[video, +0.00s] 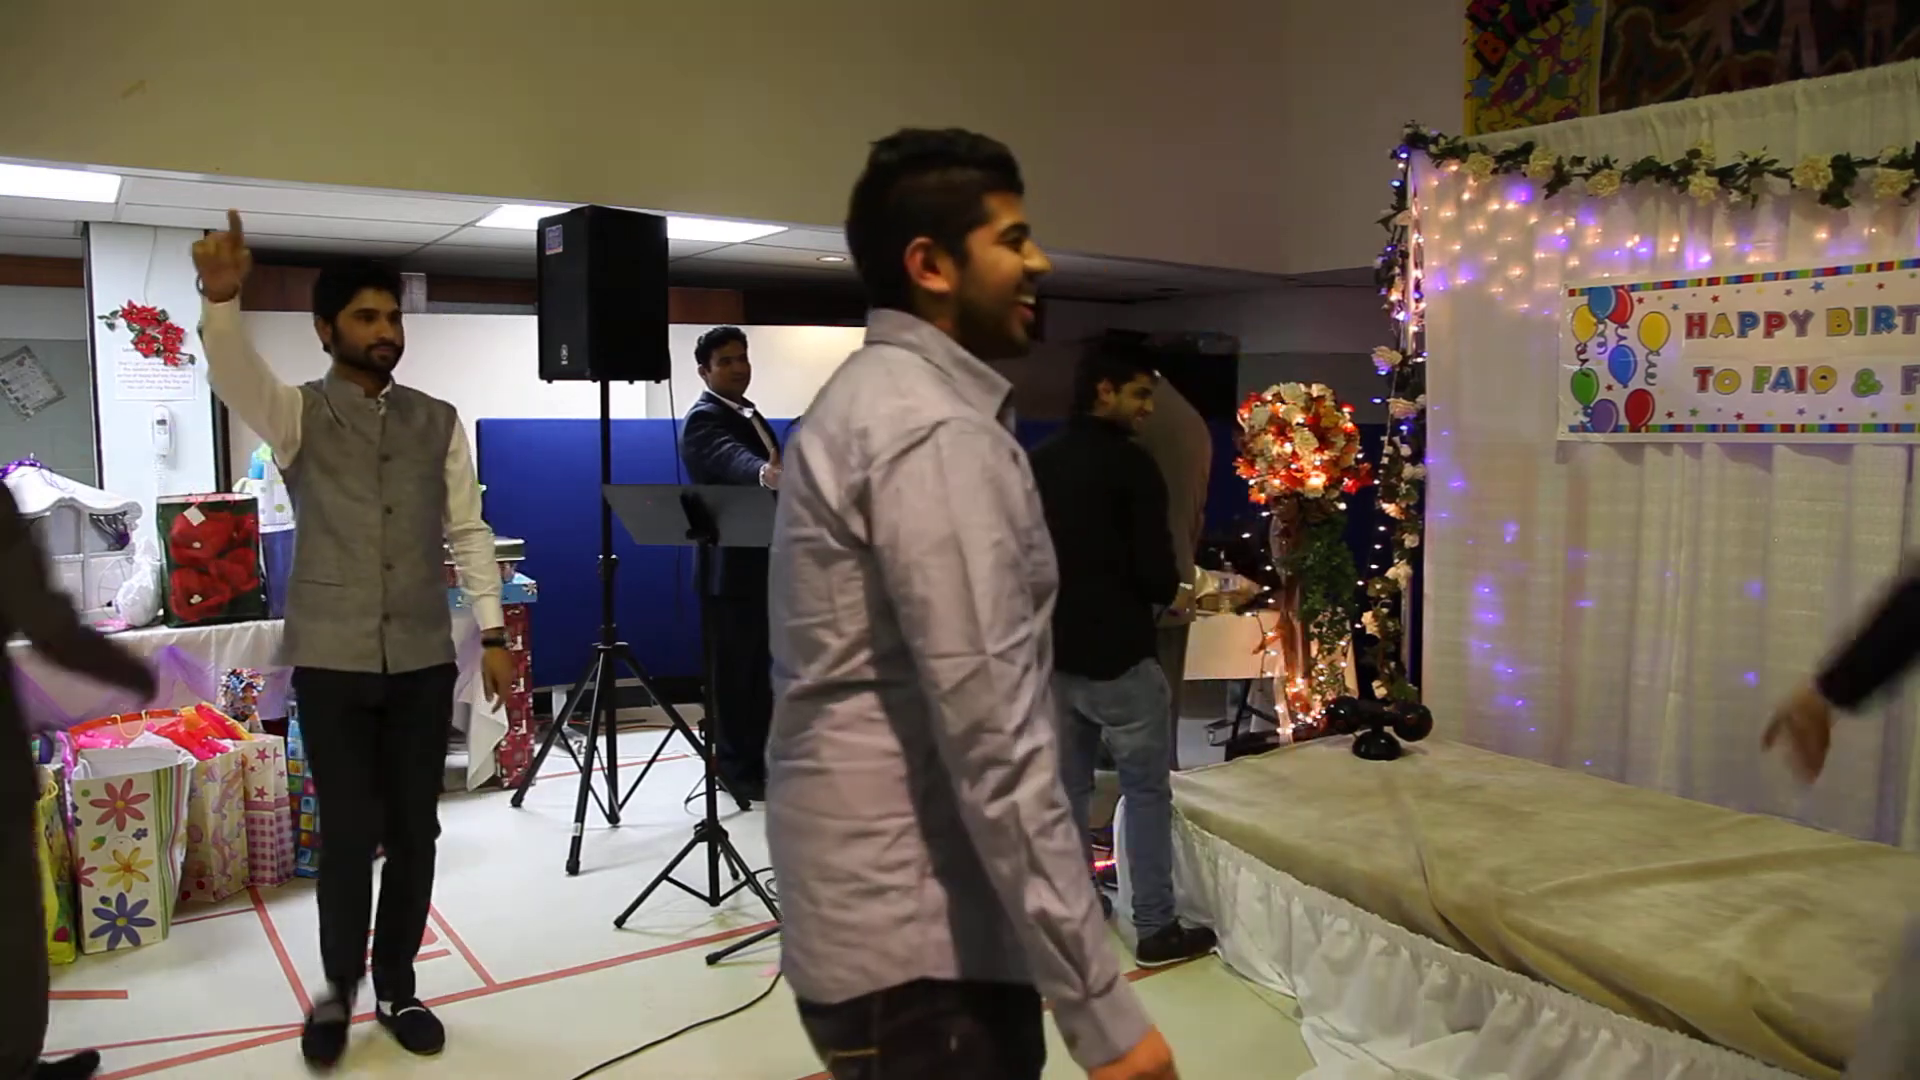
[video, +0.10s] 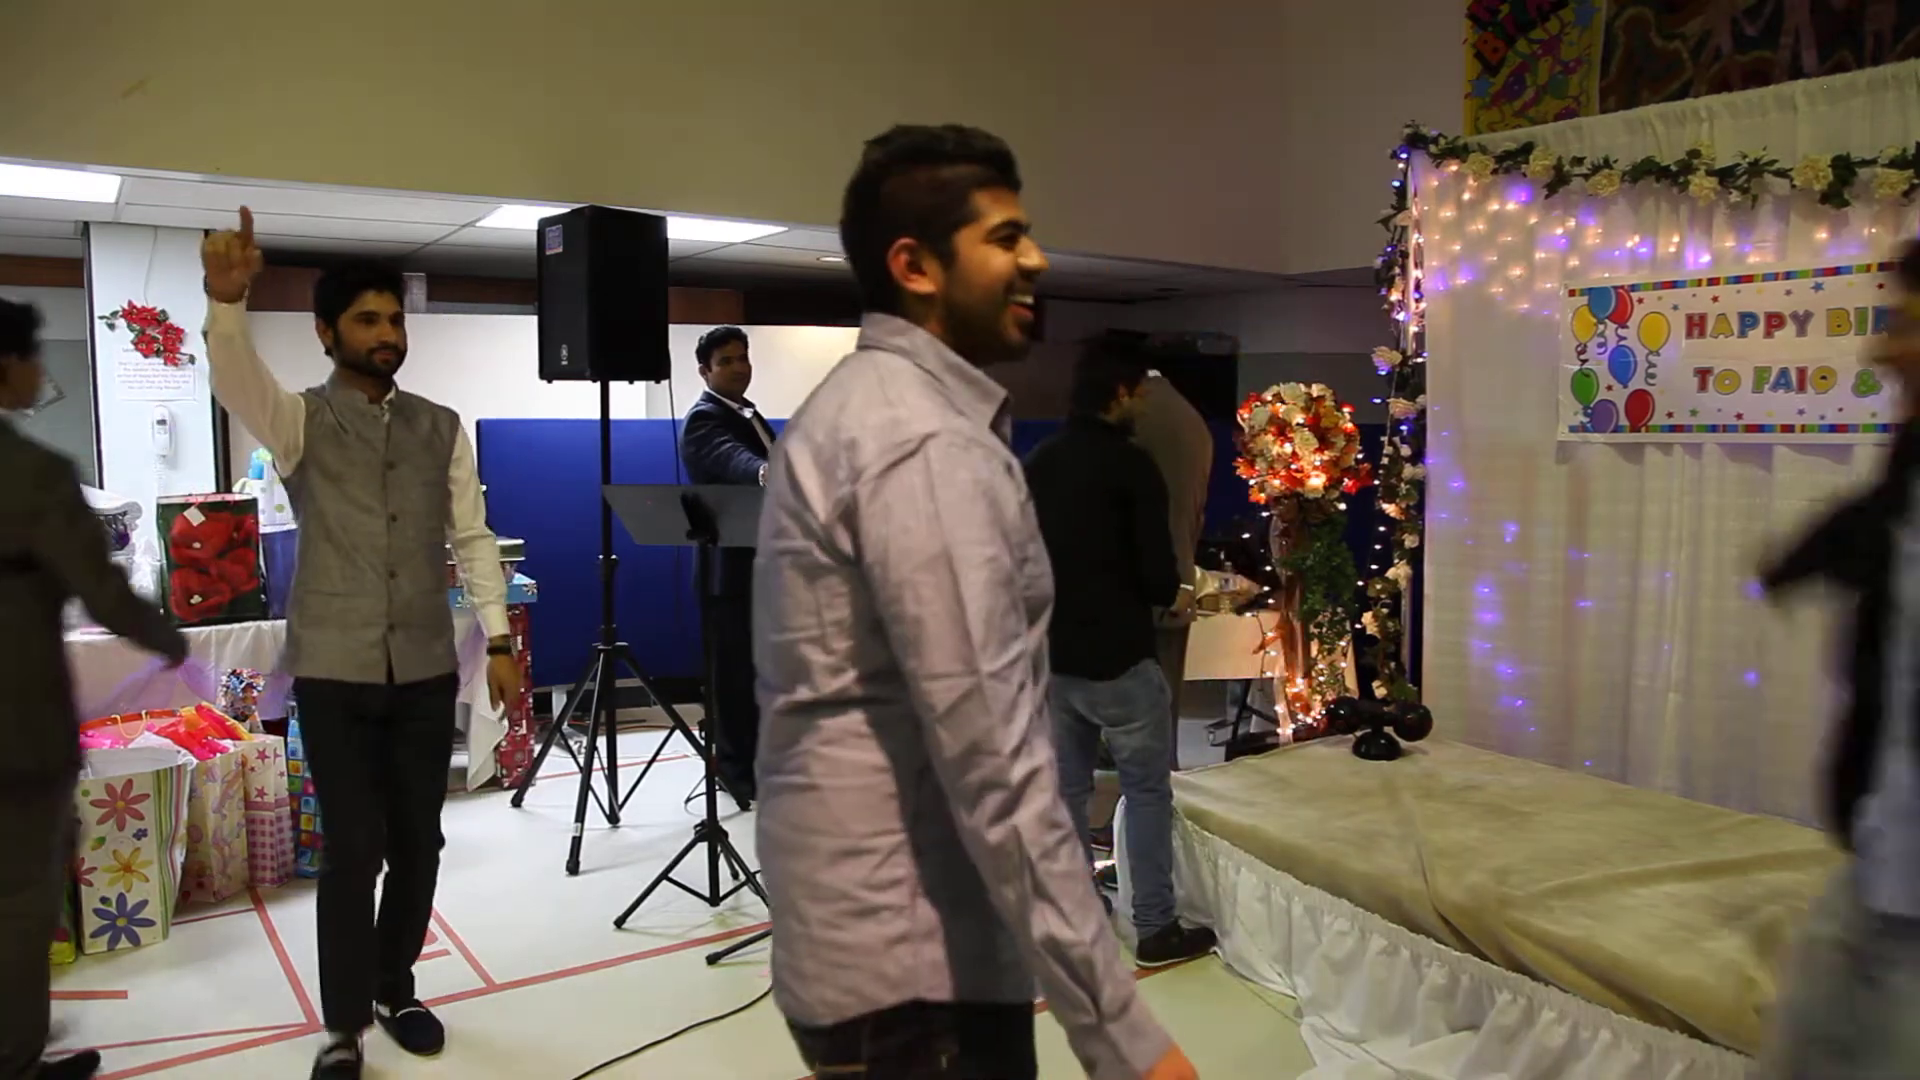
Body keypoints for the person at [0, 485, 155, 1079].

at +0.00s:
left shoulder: (6, 513)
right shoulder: (2, 512)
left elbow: (49, 626)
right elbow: (53, 629)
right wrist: (141, 673)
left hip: (7, 756)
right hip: (3, 756)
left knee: (18, 902)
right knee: (15, 900)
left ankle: (20, 1053)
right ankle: (18, 1056)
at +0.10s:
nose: (39, 373)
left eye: (36, 357)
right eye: (31, 358)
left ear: (6, 363)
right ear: (8, 366)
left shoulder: (29, 465)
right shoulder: (32, 468)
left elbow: (98, 588)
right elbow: (101, 589)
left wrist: (159, 633)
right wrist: (171, 642)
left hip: (22, 714)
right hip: (22, 719)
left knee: (23, 892)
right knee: (26, 895)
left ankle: (20, 1042)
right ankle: (18, 1052)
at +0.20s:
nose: (96, 377)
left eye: (90, 363)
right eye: (88, 365)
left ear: (20, 379)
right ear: (63, 375)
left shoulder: (8, 459)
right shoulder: (96, 474)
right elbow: (159, 579)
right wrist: (206, 618)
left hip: (21, 696)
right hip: (73, 702)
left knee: (107, 831)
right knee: (47, 884)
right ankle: (19, 1055)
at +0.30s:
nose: (143, 398)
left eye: (137, 385)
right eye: (136, 387)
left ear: (69, 401)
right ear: (119, 397)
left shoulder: (34, 497)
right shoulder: (148, 485)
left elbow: (22, 616)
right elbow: (213, 570)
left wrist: (49, 689)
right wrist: (256, 609)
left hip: (71, 710)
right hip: (134, 711)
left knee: (166, 824)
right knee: (86, 886)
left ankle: (231, 921)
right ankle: (23, 1051)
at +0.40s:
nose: (188, 412)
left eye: (183, 400)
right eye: (183, 401)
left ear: (123, 411)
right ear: (167, 408)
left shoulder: (83, 501)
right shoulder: (202, 488)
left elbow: (83, 618)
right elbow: (273, 575)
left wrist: (113, 695)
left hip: (130, 695)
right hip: (190, 691)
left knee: (229, 798)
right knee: (175, 855)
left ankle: (251, 922)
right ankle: (58, 1007)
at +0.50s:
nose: (234, 419)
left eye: (228, 406)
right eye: (229, 406)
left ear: (166, 415)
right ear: (216, 410)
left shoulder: (131, 499)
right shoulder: (240, 483)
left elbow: (134, 607)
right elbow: (278, 579)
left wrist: (168, 677)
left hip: (181, 682)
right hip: (240, 675)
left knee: (265, 793)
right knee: (266, 804)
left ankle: (256, 918)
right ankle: (170, 913)